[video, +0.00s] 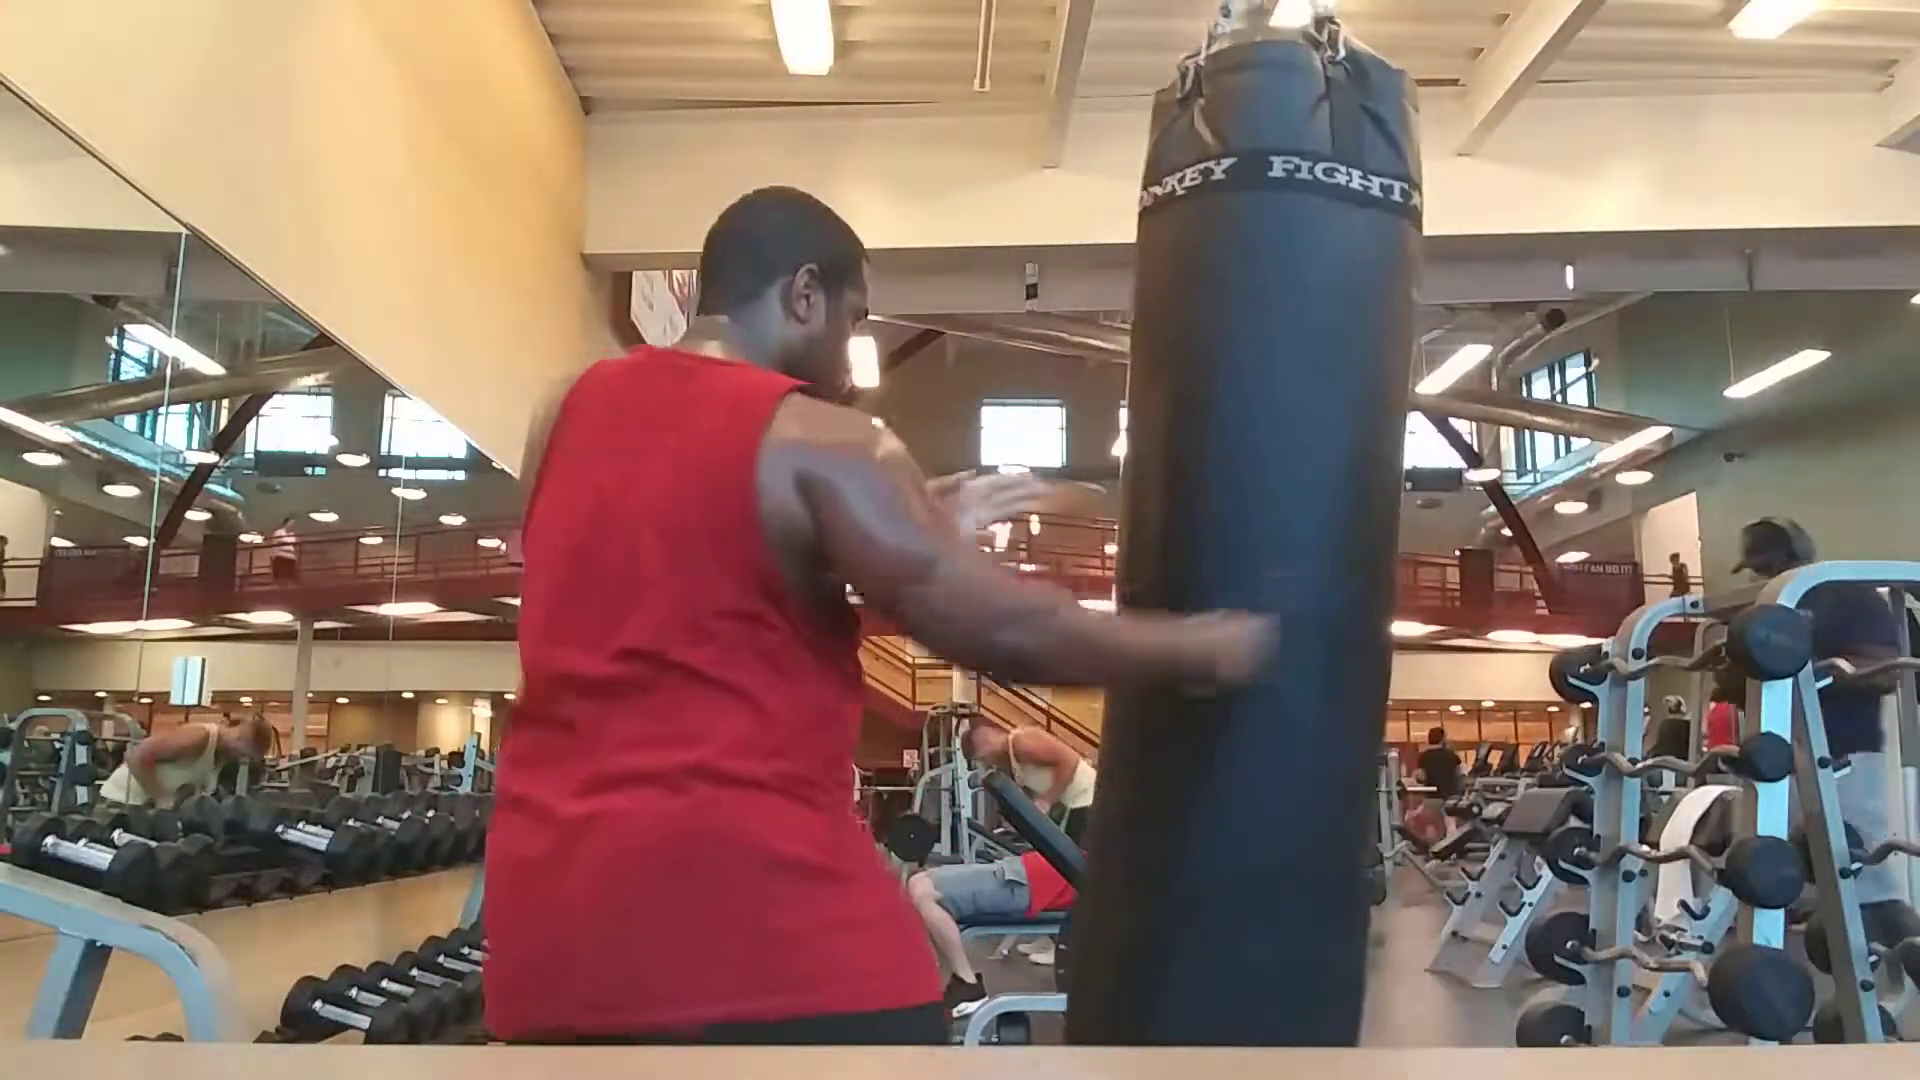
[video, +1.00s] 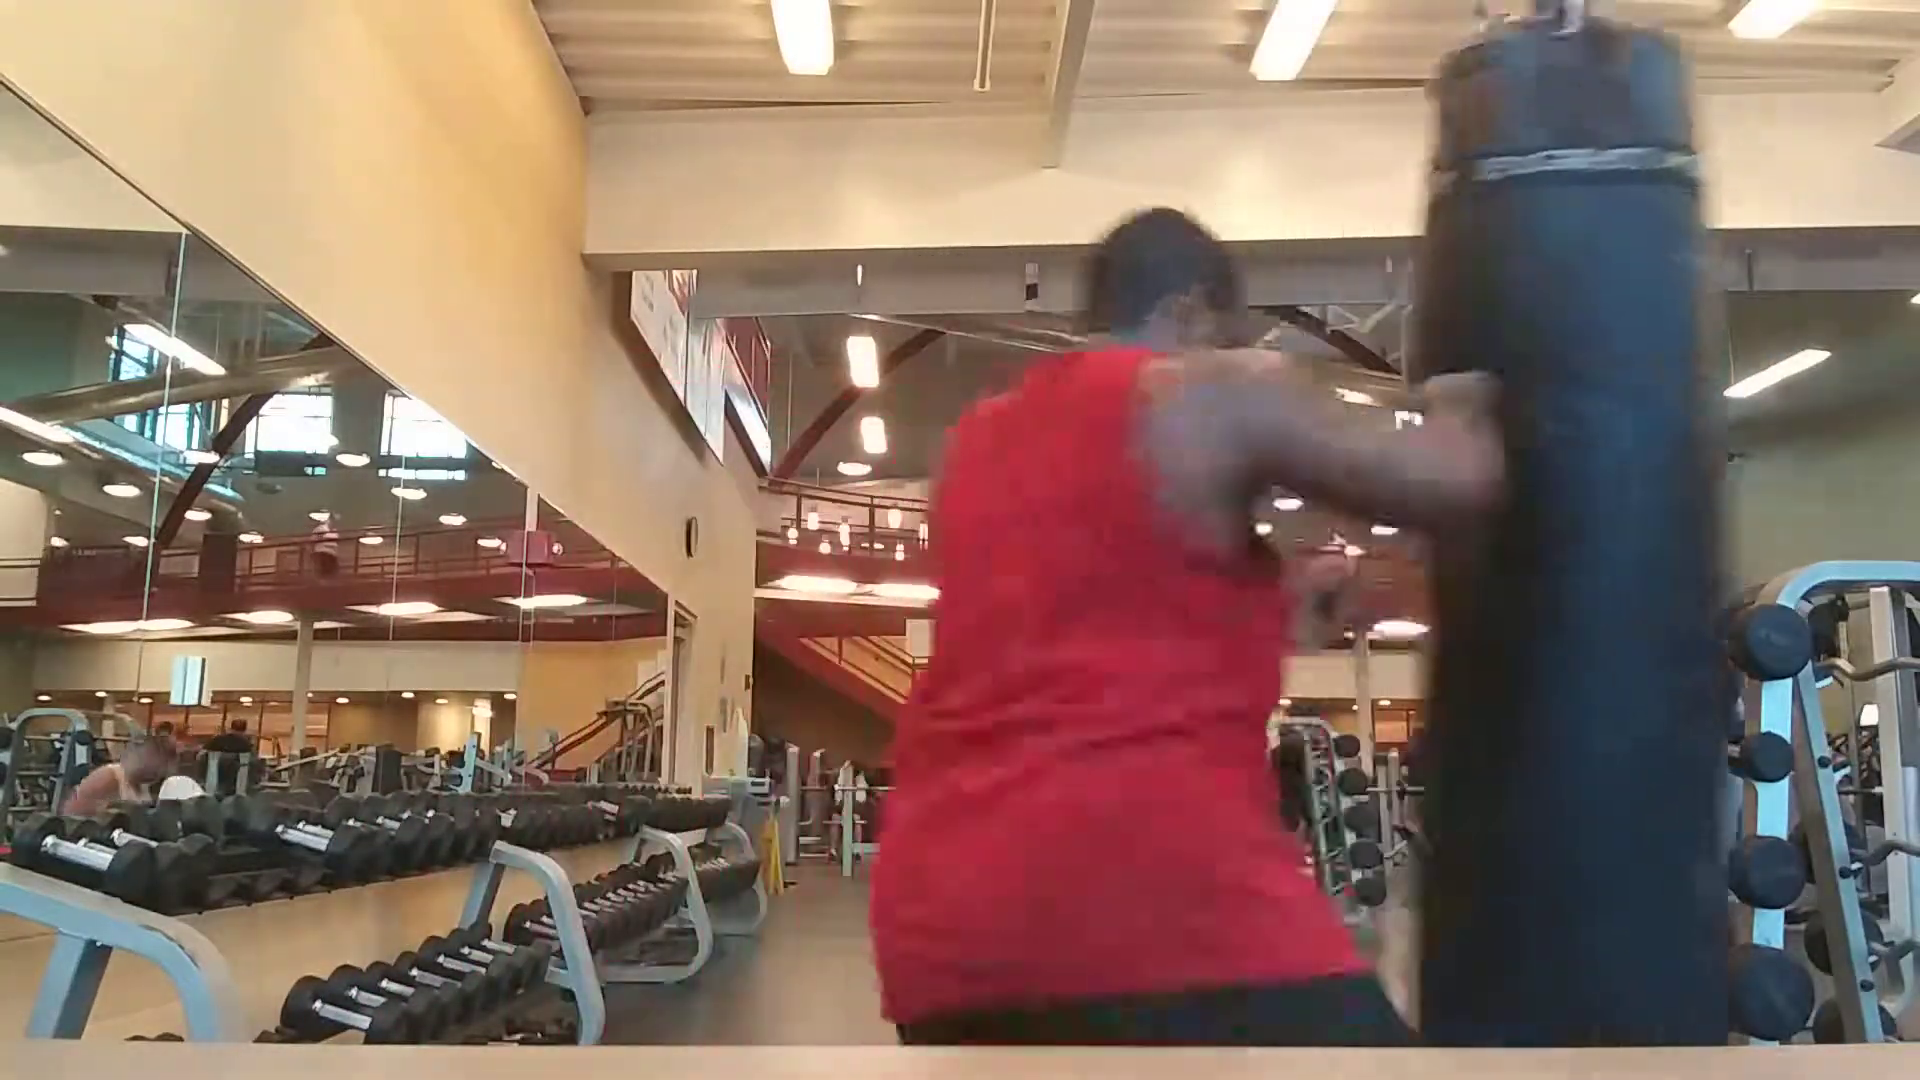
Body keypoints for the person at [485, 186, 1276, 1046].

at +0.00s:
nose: (851, 351)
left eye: (856, 325)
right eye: (853, 320)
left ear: (706, 293)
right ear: (805, 294)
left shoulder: (566, 410)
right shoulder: (820, 437)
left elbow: (706, 536)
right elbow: (1001, 630)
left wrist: (906, 515)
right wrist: (1200, 645)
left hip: (547, 900)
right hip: (758, 886)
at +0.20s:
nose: (884, 343)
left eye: (889, 324)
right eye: (884, 321)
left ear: (740, 293)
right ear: (836, 294)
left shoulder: (592, 403)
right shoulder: (859, 419)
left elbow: (562, 552)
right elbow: (1074, 550)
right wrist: (1224, 483)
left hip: (560, 896)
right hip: (787, 890)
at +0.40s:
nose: (972, 362)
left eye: (977, 336)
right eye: (975, 331)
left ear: (840, 306)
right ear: (933, 307)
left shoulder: (680, 424)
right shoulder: (952, 442)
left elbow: (654, 526)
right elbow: (1125, 621)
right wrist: (1209, 513)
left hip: (670, 872)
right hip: (890, 872)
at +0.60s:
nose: (1049, 353)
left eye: (1059, 335)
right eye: (1053, 331)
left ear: (913, 296)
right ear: (1006, 299)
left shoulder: (778, 424)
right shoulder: (1010, 406)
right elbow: (1201, 579)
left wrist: (1089, 597)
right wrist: (1248, 522)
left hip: (760, 881)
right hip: (971, 881)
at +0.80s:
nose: (1085, 365)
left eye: (1090, 343)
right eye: (1084, 341)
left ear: (950, 330)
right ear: (1045, 330)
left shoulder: (821, 462)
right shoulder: (1098, 456)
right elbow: (1310, 627)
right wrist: (1321, 537)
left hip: (830, 915)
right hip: (1059, 905)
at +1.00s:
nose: (1232, 355)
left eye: (1232, 339)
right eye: (1228, 335)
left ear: (1092, 313)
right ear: (1187, 312)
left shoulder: (975, 437)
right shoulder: (1214, 396)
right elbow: (1462, 479)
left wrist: (1280, 600)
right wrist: (1458, 402)